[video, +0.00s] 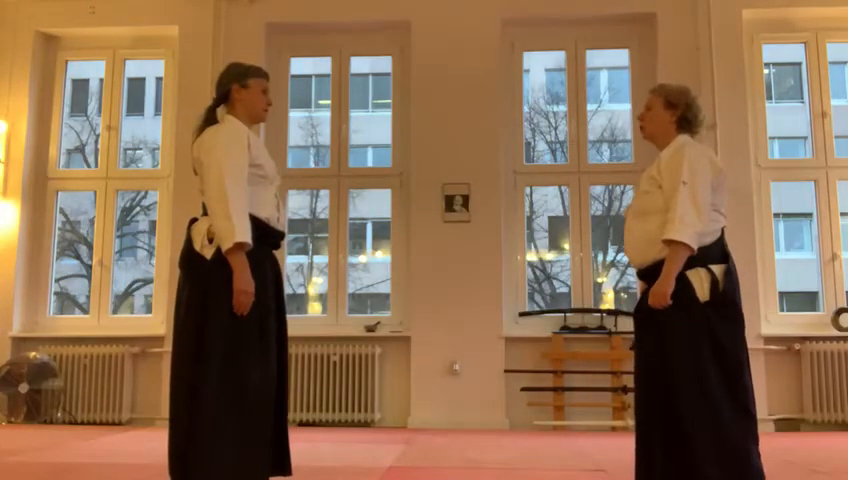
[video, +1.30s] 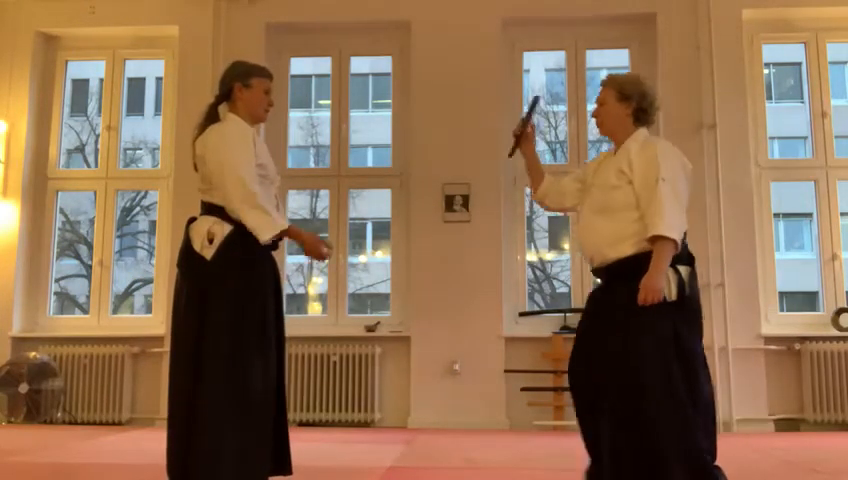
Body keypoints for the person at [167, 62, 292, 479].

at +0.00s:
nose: (269, 100)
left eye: (269, 93)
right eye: (263, 92)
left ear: (244, 96)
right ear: (236, 94)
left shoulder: (243, 136)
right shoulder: (225, 134)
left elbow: (241, 202)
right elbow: (222, 199)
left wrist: (262, 258)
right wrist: (239, 265)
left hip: (247, 257)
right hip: (229, 260)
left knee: (245, 367)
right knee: (231, 367)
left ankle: (241, 463)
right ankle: (227, 465)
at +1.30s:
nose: (270, 102)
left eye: (270, 94)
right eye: (264, 93)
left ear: (242, 94)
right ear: (239, 92)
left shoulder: (241, 134)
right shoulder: (228, 134)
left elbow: (242, 198)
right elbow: (240, 198)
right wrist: (299, 235)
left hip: (235, 255)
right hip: (230, 258)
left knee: (237, 364)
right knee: (235, 364)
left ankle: (230, 464)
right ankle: (232, 465)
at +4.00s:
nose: (126, 113)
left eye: (128, 107)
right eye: (119, 104)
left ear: (116, 112)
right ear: (91, 105)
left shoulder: (118, 165)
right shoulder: (63, 150)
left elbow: (121, 222)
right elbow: (63, 212)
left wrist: (131, 256)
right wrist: (104, 264)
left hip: (110, 273)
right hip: (62, 271)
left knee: (127, 376)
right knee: (58, 377)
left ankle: (117, 468)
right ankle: (55, 469)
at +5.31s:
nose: (367, 102)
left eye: (369, 96)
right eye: (359, 94)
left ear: (370, 102)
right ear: (336, 95)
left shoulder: (374, 150)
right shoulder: (332, 136)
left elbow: (411, 179)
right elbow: (305, 104)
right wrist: (290, 51)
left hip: (395, 253)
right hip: (358, 250)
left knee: (392, 365)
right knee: (350, 366)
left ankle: (382, 466)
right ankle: (303, 463)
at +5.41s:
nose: (366, 103)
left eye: (369, 96)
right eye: (356, 96)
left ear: (372, 103)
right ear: (330, 100)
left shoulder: (383, 145)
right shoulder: (325, 137)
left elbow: (411, 188)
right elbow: (293, 122)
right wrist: (276, 79)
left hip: (390, 255)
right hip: (347, 253)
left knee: (388, 366)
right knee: (345, 367)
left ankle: (372, 466)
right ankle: (301, 466)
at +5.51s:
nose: (364, 103)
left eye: (367, 96)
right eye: (355, 95)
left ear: (370, 102)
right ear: (330, 100)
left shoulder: (380, 152)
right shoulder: (323, 144)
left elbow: (392, 213)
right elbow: (299, 150)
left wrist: (420, 258)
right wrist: (271, 131)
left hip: (384, 262)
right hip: (339, 258)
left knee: (408, 358)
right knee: (337, 365)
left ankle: (392, 465)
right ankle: (300, 466)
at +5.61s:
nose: (368, 103)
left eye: (371, 97)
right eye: (360, 95)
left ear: (369, 102)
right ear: (334, 98)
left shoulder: (367, 152)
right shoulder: (328, 141)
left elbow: (384, 214)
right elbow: (301, 189)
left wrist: (422, 252)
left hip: (374, 263)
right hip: (341, 263)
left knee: (402, 359)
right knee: (340, 365)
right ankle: (300, 465)